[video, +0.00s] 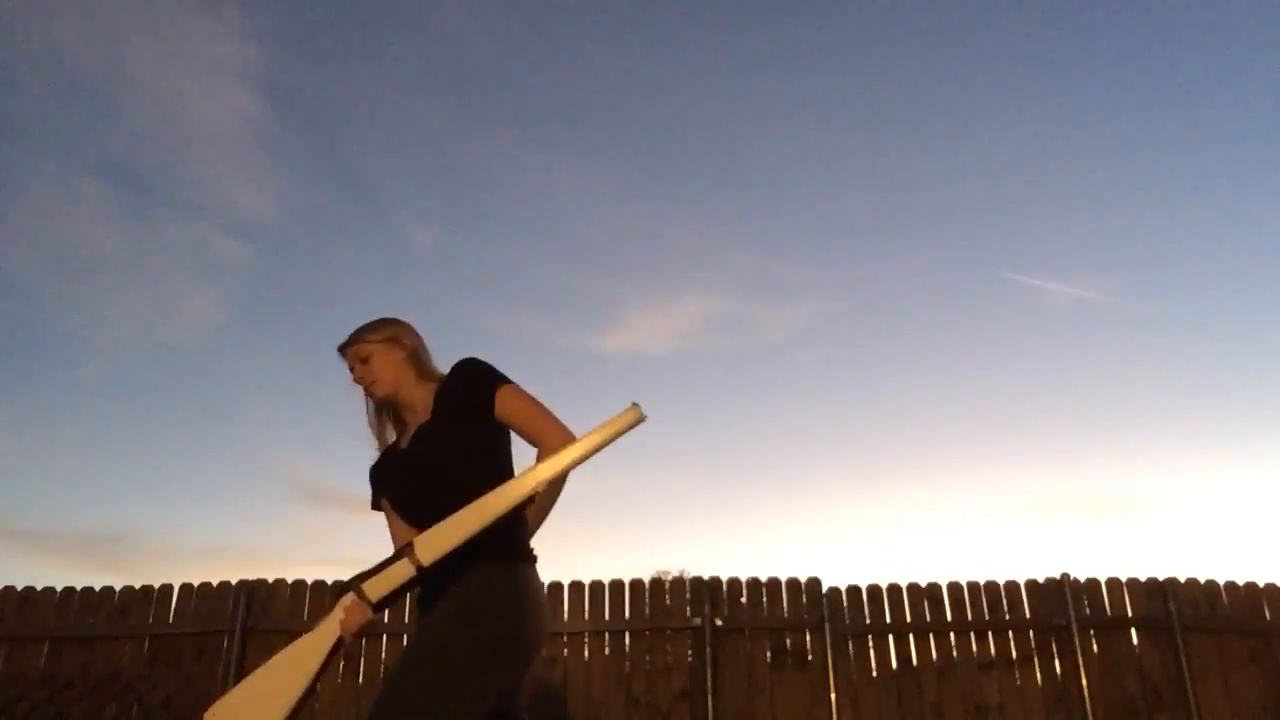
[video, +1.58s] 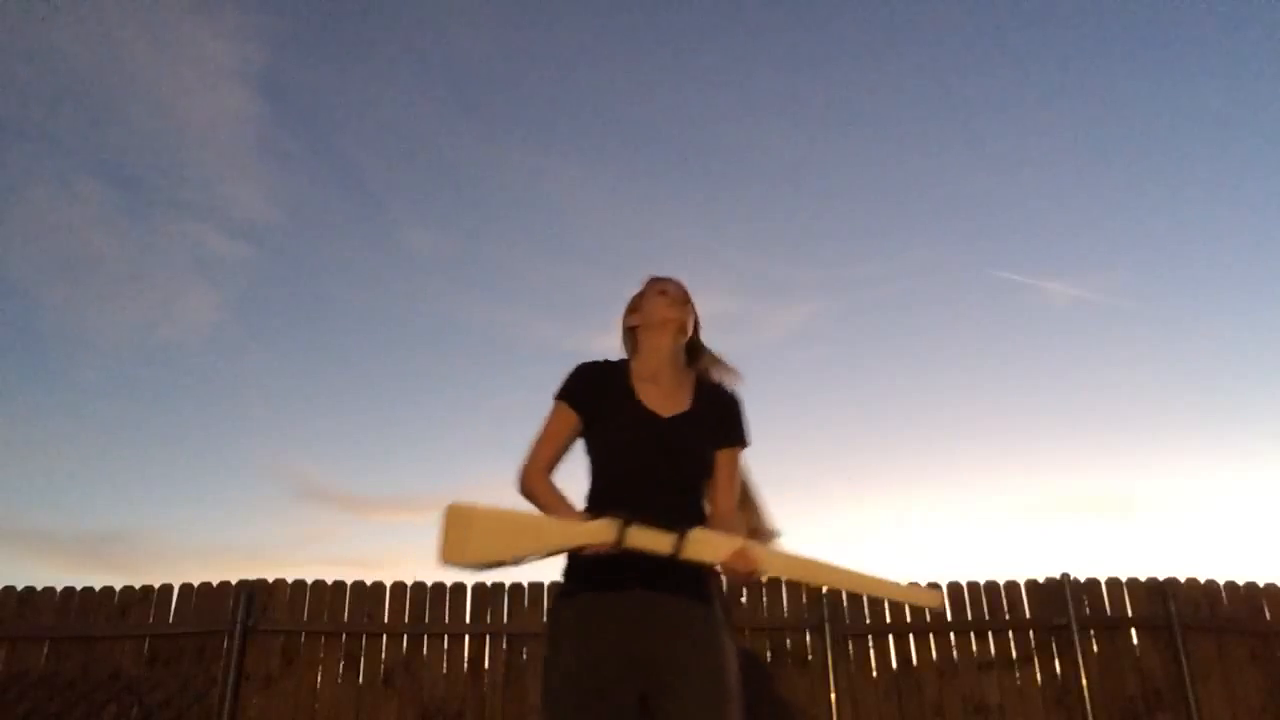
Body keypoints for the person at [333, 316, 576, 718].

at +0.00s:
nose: (356, 375)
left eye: (364, 359)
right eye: (352, 369)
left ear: (403, 346)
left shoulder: (467, 381)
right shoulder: (387, 468)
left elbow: (559, 443)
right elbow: (411, 558)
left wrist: (519, 533)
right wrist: (368, 598)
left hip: (501, 591)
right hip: (442, 609)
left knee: (400, 710)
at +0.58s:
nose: (402, 355)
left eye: (410, 339)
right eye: (395, 349)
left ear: (447, 335)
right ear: (398, 363)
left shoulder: (512, 382)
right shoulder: (418, 451)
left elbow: (603, 448)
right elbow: (435, 538)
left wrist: (582, 546)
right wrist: (397, 575)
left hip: (526, 589)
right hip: (461, 602)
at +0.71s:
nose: (436, 350)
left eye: (446, 336)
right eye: (429, 346)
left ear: (480, 334)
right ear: (427, 360)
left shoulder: (550, 391)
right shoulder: (439, 447)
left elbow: (629, 471)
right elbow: (446, 533)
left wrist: (616, 523)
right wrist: (420, 561)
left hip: (550, 585)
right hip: (480, 593)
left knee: (519, 702)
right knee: (472, 704)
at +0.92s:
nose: (507, 331)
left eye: (520, 322)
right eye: (493, 327)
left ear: (542, 334)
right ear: (481, 346)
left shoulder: (590, 402)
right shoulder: (469, 432)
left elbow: (626, 503)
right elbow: (482, 533)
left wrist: (629, 495)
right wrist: (479, 533)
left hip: (588, 583)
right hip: (513, 587)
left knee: (568, 700)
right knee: (506, 702)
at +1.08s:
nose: (569, 319)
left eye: (581, 315)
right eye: (558, 313)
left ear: (595, 342)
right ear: (539, 332)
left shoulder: (618, 406)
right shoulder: (492, 409)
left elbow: (636, 494)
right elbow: (469, 509)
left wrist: (655, 521)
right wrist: (498, 534)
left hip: (609, 599)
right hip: (524, 601)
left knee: (608, 707)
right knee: (525, 709)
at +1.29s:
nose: (635, 326)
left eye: (647, 331)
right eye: (633, 321)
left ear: (647, 364)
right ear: (606, 334)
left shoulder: (653, 420)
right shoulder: (534, 383)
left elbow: (664, 519)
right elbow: (472, 475)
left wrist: (660, 564)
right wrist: (517, 542)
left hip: (628, 591)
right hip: (546, 591)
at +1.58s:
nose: (656, 293)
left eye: (670, 292)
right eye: (647, 291)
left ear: (689, 325)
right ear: (631, 319)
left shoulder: (719, 404)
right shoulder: (593, 381)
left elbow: (724, 510)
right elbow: (533, 475)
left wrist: (736, 554)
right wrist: (577, 527)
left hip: (685, 596)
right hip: (598, 591)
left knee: (703, 708)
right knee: (587, 709)